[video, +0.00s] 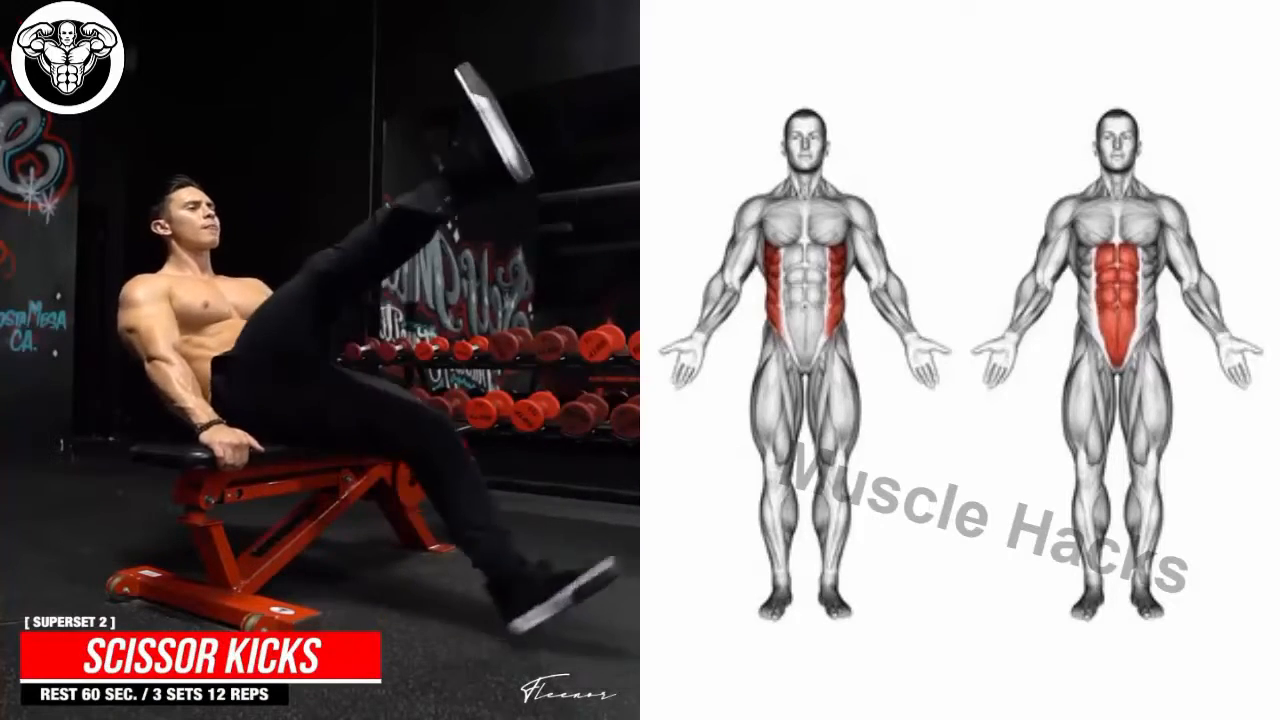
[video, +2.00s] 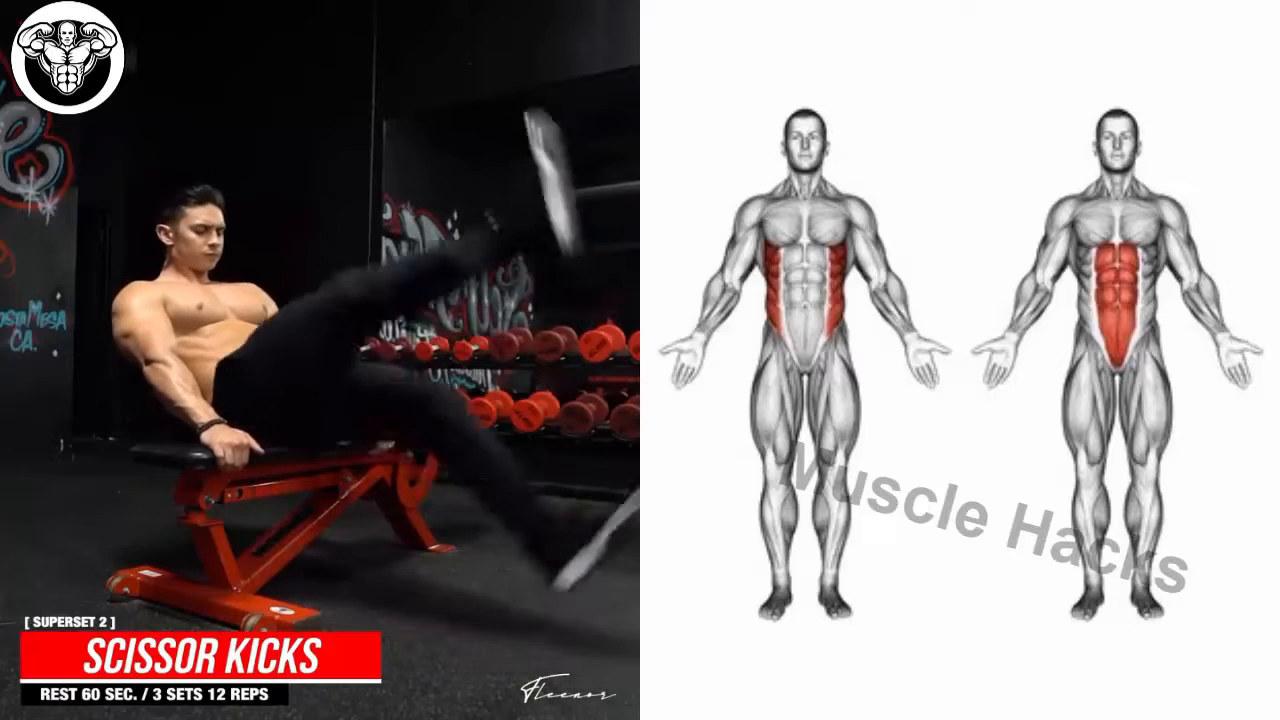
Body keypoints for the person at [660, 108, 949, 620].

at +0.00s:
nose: (805, 146)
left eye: (812, 138)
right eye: (797, 138)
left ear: (825, 145)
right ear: (785, 145)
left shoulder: (852, 211)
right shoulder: (758, 211)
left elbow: (881, 281)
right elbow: (729, 282)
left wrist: (910, 336)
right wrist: (700, 336)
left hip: (832, 356)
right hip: (777, 355)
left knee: (834, 467)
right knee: (777, 469)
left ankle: (830, 584)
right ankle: (780, 585)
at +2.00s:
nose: (804, 146)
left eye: (812, 138)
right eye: (797, 138)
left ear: (825, 145)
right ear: (785, 145)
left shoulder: (851, 211)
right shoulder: (758, 211)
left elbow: (881, 281)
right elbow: (729, 281)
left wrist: (909, 336)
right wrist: (700, 336)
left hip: (832, 356)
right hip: (777, 355)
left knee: (834, 467)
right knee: (777, 469)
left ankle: (829, 584)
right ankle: (780, 585)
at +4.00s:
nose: (805, 145)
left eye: (812, 138)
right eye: (797, 138)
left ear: (825, 145)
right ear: (785, 146)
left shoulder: (851, 211)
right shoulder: (758, 211)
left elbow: (881, 281)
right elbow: (729, 281)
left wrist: (909, 336)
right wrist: (700, 336)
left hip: (832, 355)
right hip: (778, 355)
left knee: (834, 467)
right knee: (777, 469)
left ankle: (829, 584)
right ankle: (780, 585)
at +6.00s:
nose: (805, 145)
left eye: (812, 138)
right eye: (797, 138)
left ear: (825, 145)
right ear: (785, 145)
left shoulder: (851, 211)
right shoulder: (758, 211)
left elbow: (881, 281)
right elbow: (729, 281)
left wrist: (909, 336)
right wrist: (700, 336)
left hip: (832, 356)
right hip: (777, 355)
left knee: (834, 467)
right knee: (777, 469)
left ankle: (830, 584)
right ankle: (780, 585)